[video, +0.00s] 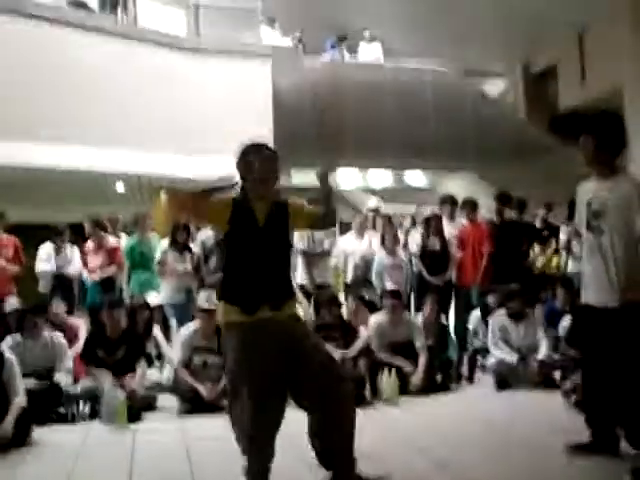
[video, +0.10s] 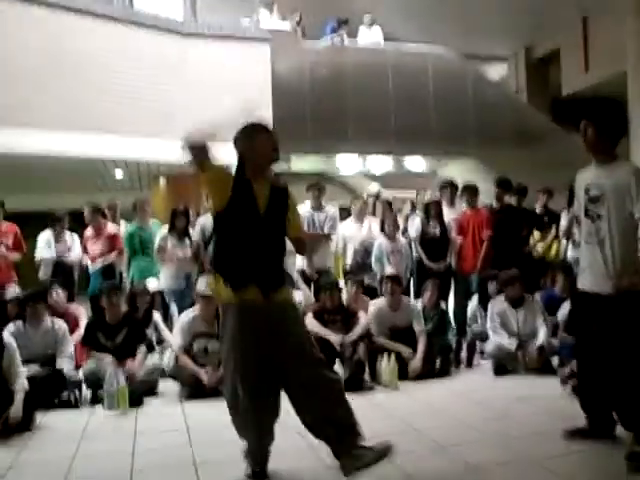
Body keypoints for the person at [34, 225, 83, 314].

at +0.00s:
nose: (61, 244)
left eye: (64, 240)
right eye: (59, 240)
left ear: (68, 238)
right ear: (53, 238)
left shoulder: (73, 250)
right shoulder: (45, 249)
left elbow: (77, 268)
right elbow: (40, 269)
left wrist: (64, 272)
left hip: (67, 277)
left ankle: (70, 309)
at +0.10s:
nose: (60, 230)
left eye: (63, 227)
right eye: (58, 227)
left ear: (66, 225)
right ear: (52, 226)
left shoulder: (73, 237)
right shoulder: (44, 236)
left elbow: (77, 256)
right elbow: (40, 256)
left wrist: (63, 259)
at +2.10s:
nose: (65, 222)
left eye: (67, 219)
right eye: (63, 219)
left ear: (69, 219)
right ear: (56, 219)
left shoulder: (75, 232)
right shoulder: (46, 231)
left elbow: (78, 250)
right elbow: (39, 250)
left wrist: (65, 251)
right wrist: (56, 247)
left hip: (69, 266)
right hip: (51, 266)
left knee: (69, 294)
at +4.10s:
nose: (63, 222)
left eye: (65, 219)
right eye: (60, 219)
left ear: (68, 219)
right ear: (55, 219)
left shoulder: (74, 232)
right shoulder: (45, 231)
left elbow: (78, 250)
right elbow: (38, 250)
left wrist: (66, 251)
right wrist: (55, 248)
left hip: (69, 268)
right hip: (51, 268)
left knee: (69, 297)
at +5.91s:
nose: (67, 225)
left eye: (69, 222)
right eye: (65, 222)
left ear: (72, 221)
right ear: (59, 222)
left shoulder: (78, 235)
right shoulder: (49, 233)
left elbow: (81, 252)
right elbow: (43, 252)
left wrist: (70, 254)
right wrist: (60, 250)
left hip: (73, 270)